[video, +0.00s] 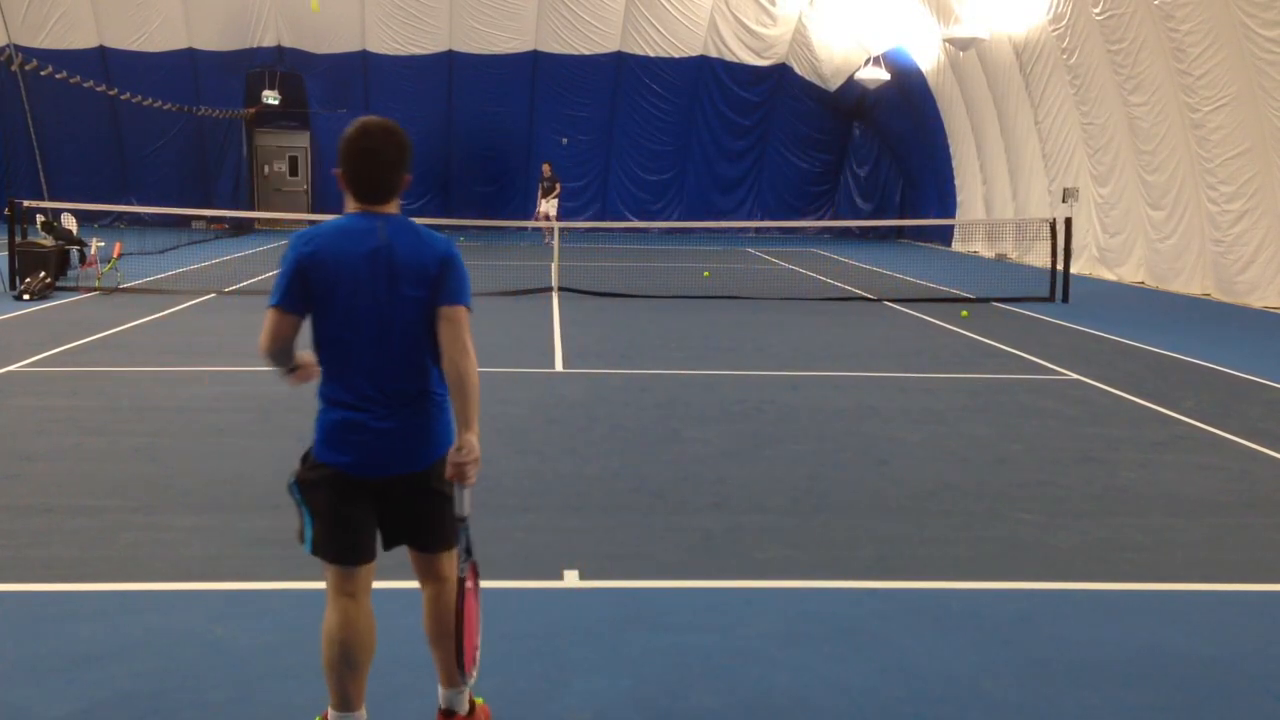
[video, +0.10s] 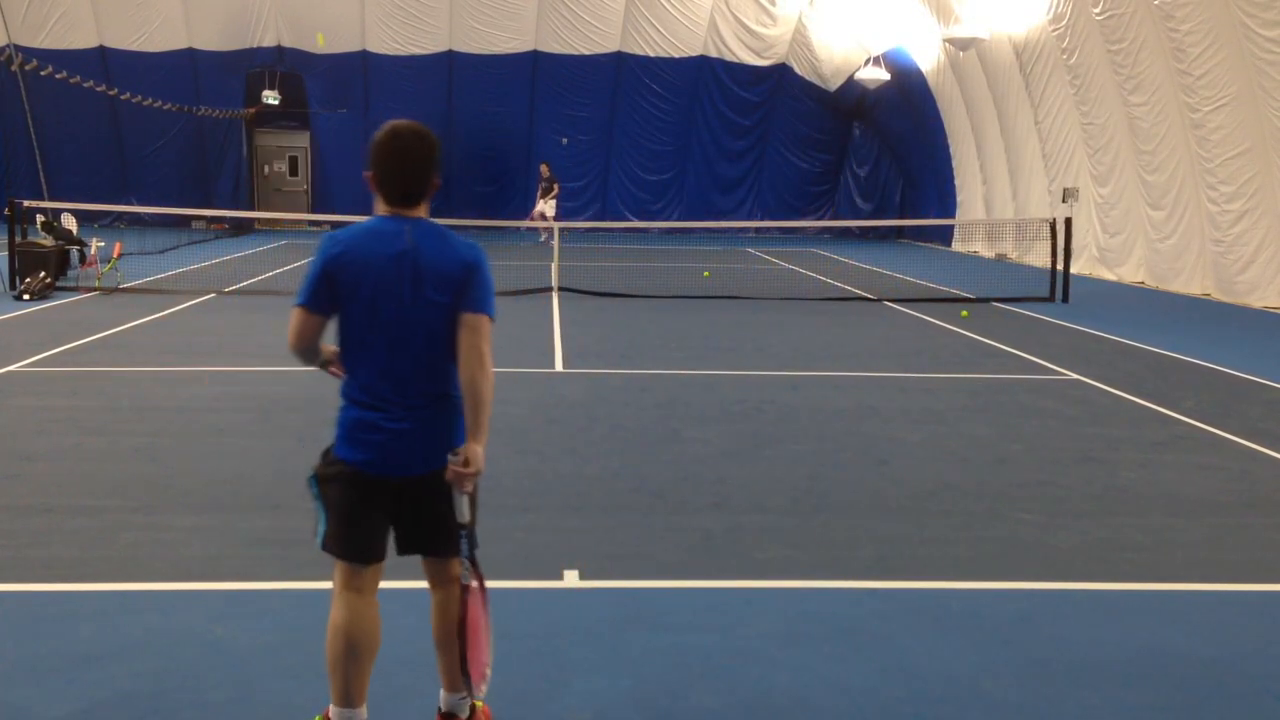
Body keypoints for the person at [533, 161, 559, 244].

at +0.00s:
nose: (544, 169)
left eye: (546, 168)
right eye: (543, 168)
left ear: (549, 168)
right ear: (542, 169)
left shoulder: (554, 178)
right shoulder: (541, 179)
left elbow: (558, 189)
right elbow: (540, 191)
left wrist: (549, 197)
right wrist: (538, 201)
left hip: (553, 199)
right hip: (544, 199)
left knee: (552, 217)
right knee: (541, 216)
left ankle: (555, 236)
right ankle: (547, 235)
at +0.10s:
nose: (541, 170)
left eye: (543, 168)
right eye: (540, 168)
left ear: (547, 169)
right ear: (540, 170)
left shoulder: (552, 178)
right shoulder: (541, 180)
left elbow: (556, 190)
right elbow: (539, 192)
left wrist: (547, 198)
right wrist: (537, 203)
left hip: (551, 200)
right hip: (542, 200)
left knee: (550, 218)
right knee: (536, 214)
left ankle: (555, 237)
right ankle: (543, 233)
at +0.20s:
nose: (538, 168)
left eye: (540, 166)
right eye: (537, 166)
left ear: (544, 167)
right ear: (537, 167)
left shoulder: (549, 176)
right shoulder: (539, 177)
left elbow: (553, 188)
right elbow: (538, 189)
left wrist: (544, 196)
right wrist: (537, 198)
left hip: (548, 199)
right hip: (540, 199)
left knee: (549, 219)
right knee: (533, 215)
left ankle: (554, 238)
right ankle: (535, 235)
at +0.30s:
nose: (535, 168)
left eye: (536, 166)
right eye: (534, 166)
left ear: (541, 167)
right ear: (533, 168)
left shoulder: (545, 176)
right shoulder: (536, 177)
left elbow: (550, 187)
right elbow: (536, 188)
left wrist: (539, 195)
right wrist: (535, 197)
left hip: (545, 200)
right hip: (537, 199)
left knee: (547, 219)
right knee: (531, 217)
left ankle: (554, 238)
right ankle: (530, 237)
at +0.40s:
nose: (530, 170)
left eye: (531, 168)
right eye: (529, 168)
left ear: (536, 168)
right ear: (529, 169)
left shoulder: (541, 177)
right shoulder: (532, 178)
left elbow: (546, 188)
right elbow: (533, 189)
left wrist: (536, 196)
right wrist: (532, 196)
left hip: (540, 201)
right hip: (533, 200)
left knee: (543, 220)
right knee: (527, 217)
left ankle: (554, 236)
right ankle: (530, 237)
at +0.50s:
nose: (526, 171)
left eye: (528, 169)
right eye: (525, 169)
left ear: (532, 169)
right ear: (525, 170)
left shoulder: (537, 178)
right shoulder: (529, 179)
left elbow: (542, 190)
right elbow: (529, 190)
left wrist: (532, 198)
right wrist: (529, 199)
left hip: (537, 201)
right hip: (530, 200)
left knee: (537, 220)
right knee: (524, 218)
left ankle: (550, 232)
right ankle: (529, 237)